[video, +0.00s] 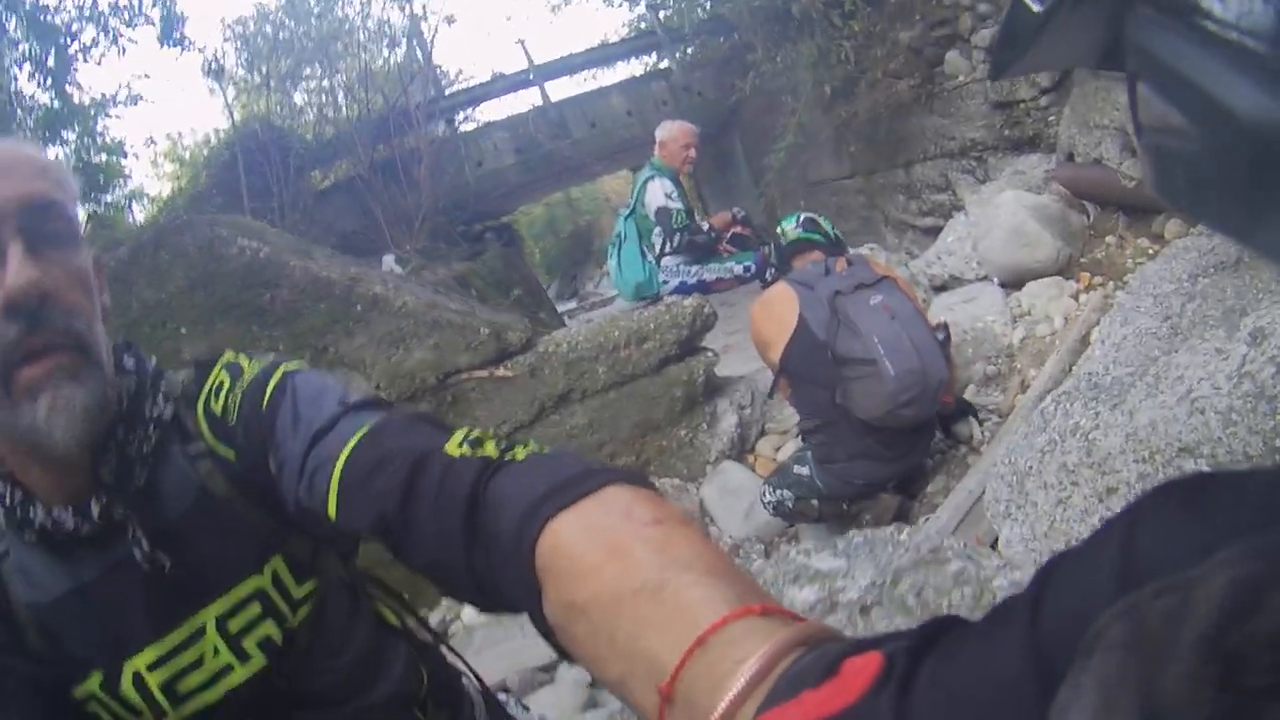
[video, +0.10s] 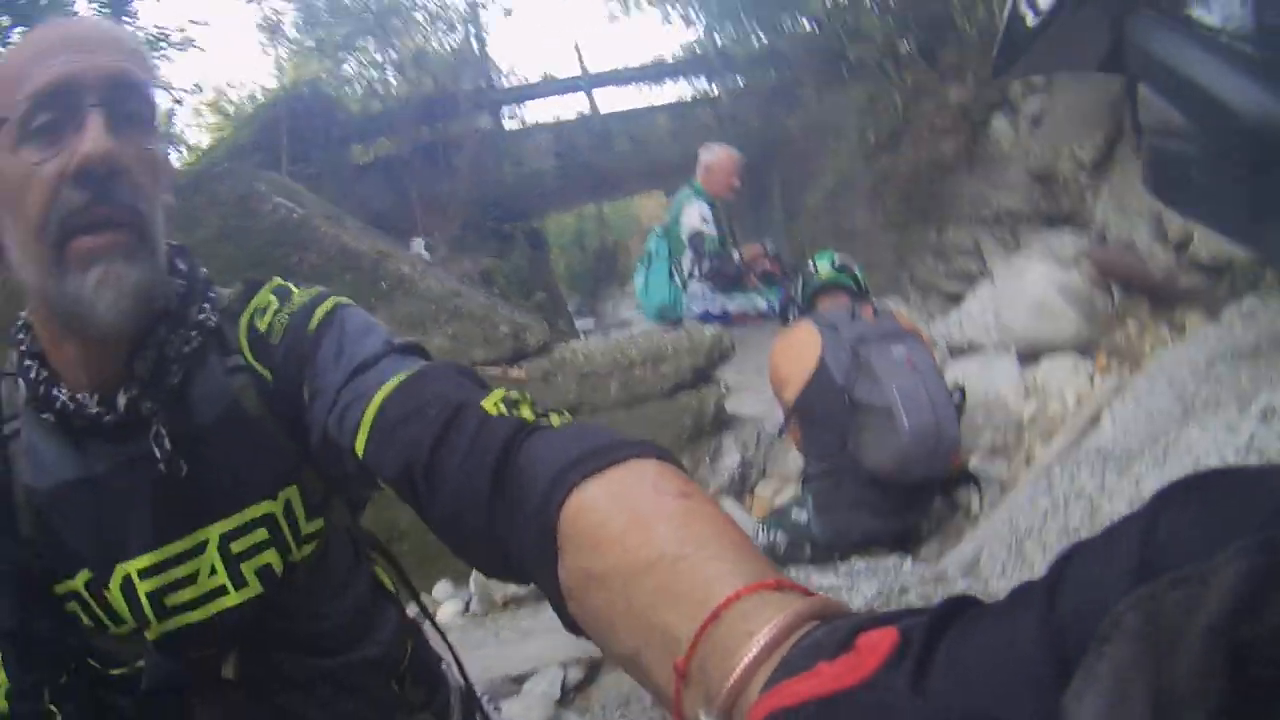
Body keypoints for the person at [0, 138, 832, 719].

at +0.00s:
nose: (21, 281)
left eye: (45, 235)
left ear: (99, 277)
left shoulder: (223, 414)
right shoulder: (13, 573)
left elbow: (520, 505)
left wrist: (772, 683)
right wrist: (774, 677)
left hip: (449, 712)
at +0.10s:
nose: (96, 152)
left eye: (127, 117)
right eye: (44, 124)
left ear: (167, 165)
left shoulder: (269, 336)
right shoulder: (13, 442)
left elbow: (514, 466)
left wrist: (790, 664)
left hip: (391, 699)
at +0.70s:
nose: (150, 181)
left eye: (181, 151)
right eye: (103, 153)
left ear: (211, 207)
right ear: (35, 222)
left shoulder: (296, 364)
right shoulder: (25, 457)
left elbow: (514, 489)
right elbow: (35, 699)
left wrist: (778, 686)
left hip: (387, 701)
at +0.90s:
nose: (139, 170)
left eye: (171, 141)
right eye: (94, 142)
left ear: (201, 200)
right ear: (27, 213)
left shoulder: (292, 353)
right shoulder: (22, 447)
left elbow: (502, 470)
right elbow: (36, 692)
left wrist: (769, 670)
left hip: (388, 692)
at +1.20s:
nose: (136, 159)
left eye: (171, 130)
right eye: (93, 131)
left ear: (202, 192)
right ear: (27, 204)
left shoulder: (291, 349)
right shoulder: (22, 439)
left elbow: (507, 469)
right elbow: (34, 697)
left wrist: (765, 683)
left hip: (389, 707)